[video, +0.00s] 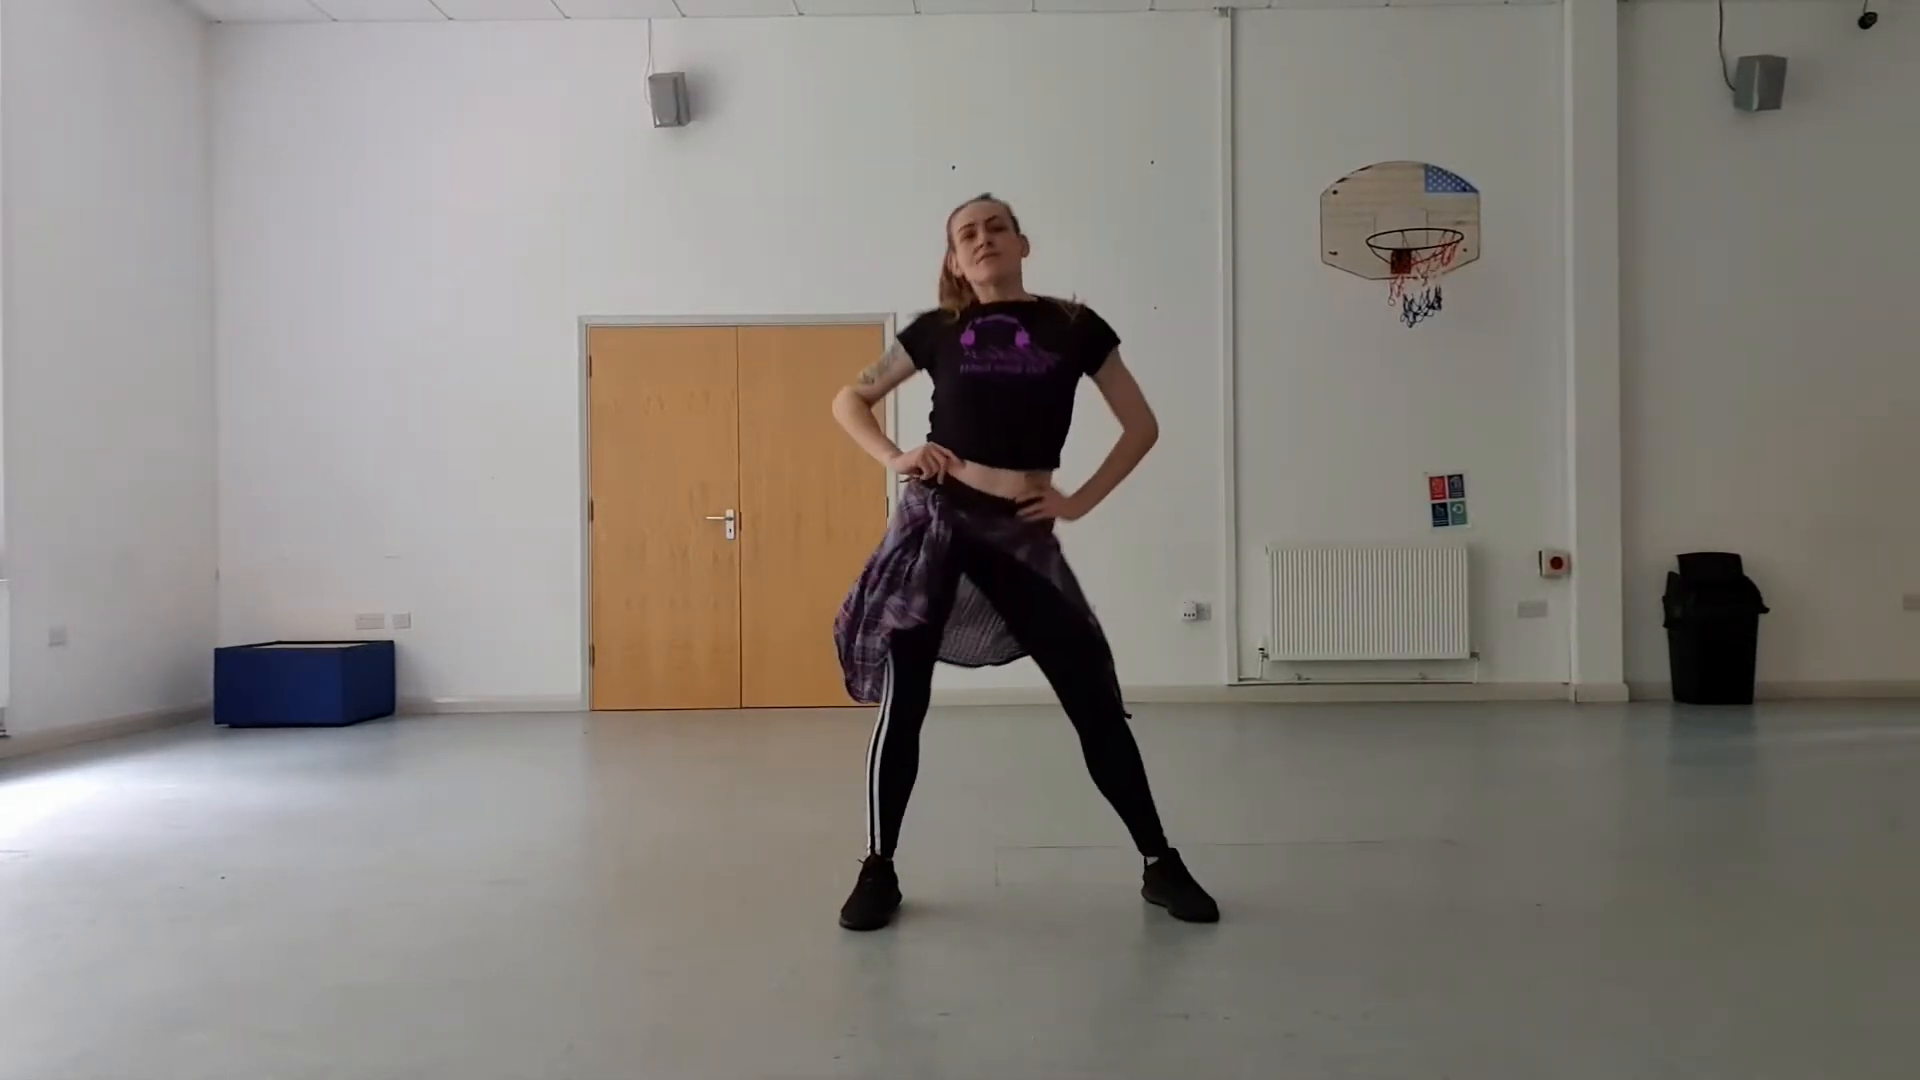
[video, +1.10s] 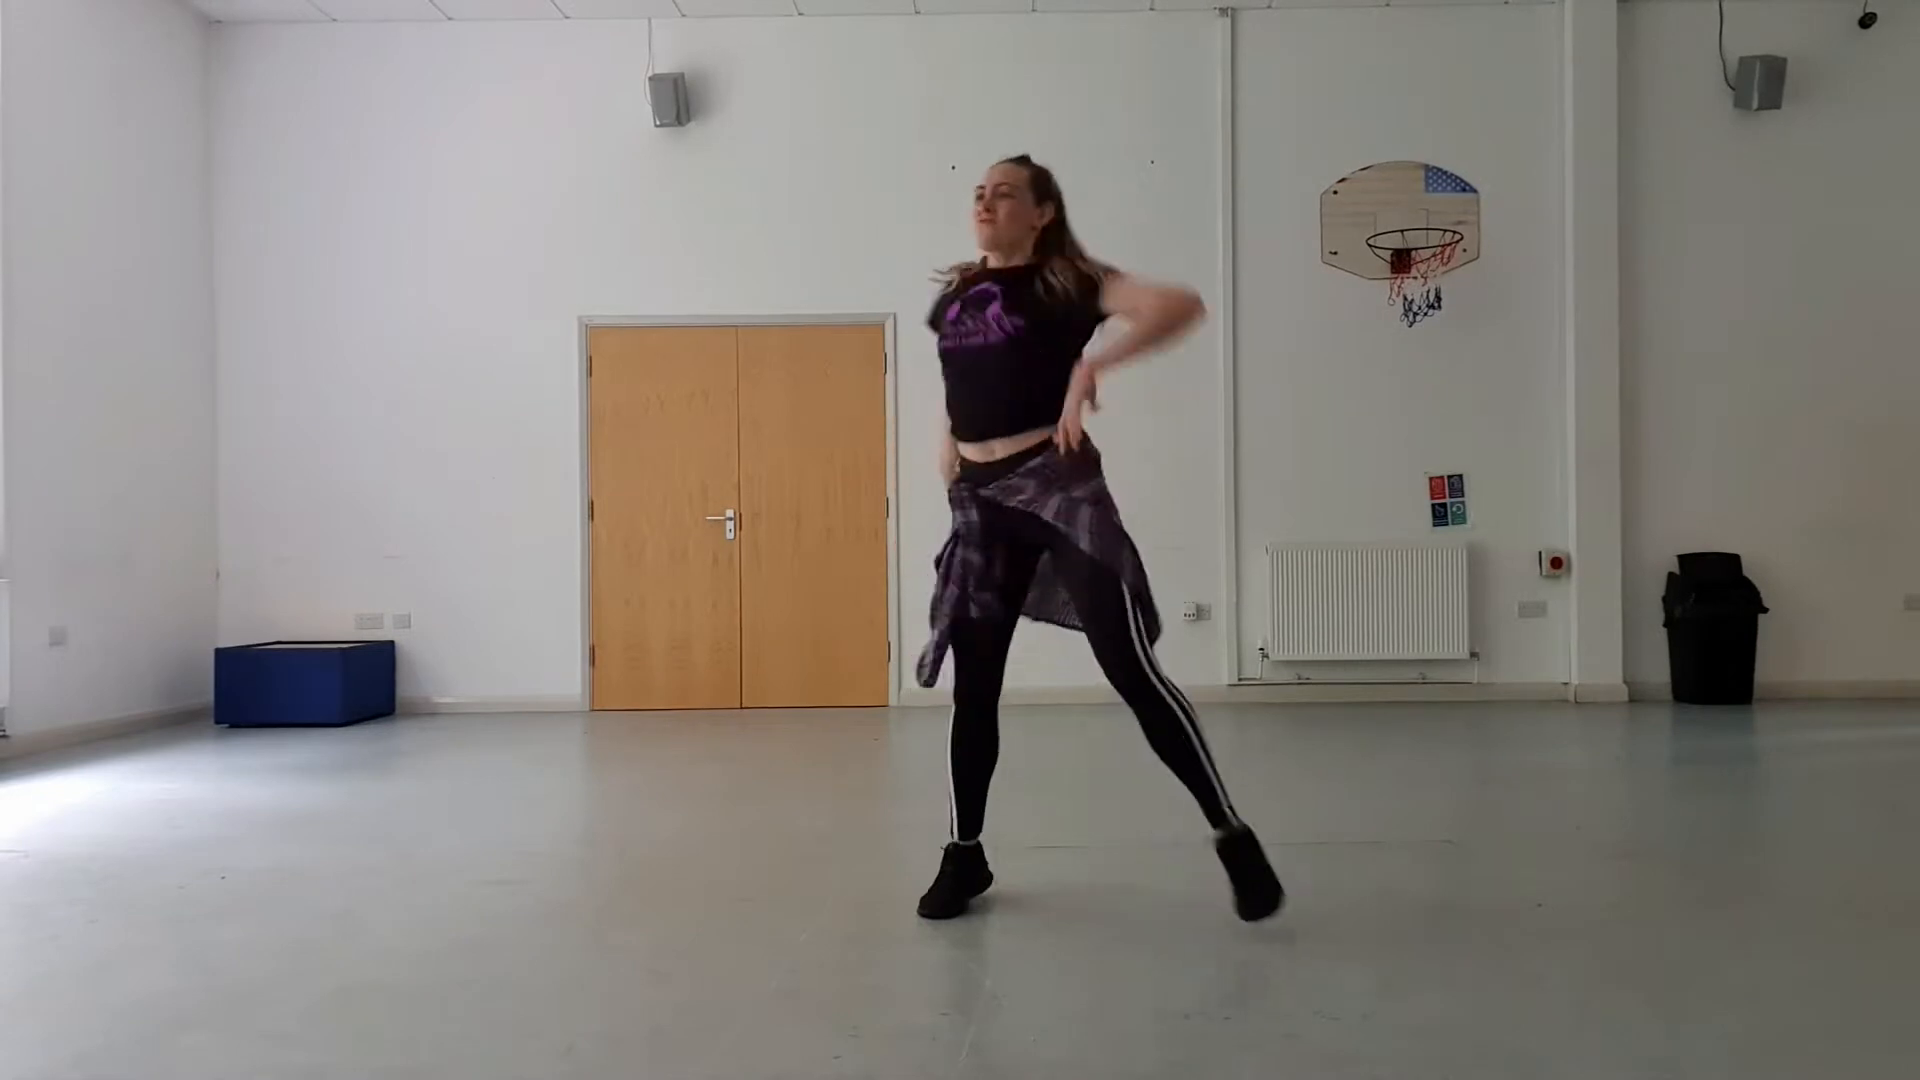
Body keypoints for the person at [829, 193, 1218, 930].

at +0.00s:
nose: (984, 238)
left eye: (996, 226)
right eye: (968, 235)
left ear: (1024, 244)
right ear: (955, 264)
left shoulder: (1074, 327)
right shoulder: (938, 333)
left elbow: (1141, 426)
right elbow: (850, 402)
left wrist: (1082, 501)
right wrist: (894, 457)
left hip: (1023, 530)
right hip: (934, 521)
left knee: (1095, 700)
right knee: (905, 697)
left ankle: (1161, 864)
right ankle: (878, 868)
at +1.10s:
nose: (984, 204)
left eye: (1003, 195)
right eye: (980, 195)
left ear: (1042, 214)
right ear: (974, 213)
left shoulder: (1066, 279)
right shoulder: (961, 294)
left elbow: (1179, 306)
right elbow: (960, 392)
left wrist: (1091, 365)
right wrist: (951, 458)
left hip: (1062, 490)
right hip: (984, 501)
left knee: (1131, 672)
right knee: (974, 685)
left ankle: (1231, 836)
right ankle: (965, 853)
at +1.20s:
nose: (1013, 219)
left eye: (1028, 207)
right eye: (1007, 208)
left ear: (1064, 217)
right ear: (1000, 219)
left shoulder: (1078, 261)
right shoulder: (1005, 295)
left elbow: (1081, 230)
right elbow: (984, 283)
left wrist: (1019, 328)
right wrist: (987, 288)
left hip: (1061, 496)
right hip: (989, 502)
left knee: (1147, 683)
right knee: (988, 691)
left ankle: (1247, 860)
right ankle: (975, 854)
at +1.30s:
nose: (1043, 241)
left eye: (1064, 231)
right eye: (1036, 230)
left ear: (1097, 242)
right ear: (1027, 237)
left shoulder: (1099, 285)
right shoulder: (1052, 307)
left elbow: (1025, 273)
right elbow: (1030, 318)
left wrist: (935, 273)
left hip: (1077, 501)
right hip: (1012, 502)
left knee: (1131, 705)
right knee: (997, 698)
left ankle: (1242, 883)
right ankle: (980, 857)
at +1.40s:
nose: (1070, 254)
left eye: (1088, 241)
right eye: (1061, 244)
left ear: (1127, 246)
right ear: (1056, 251)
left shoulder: (1130, 296)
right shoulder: (1090, 313)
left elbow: (1043, 289)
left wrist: (944, 268)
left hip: (1121, 519)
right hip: (1063, 517)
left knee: (1146, 728)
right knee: (998, 695)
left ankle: (1251, 891)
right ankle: (986, 854)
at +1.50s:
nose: (1087, 259)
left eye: (1105, 245)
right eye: (1077, 247)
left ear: (1146, 254)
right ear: (1073, 259)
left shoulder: (1155, 313)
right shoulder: (1114, 341)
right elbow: (1128, 476)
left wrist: (1030, 296)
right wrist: (1029, 530)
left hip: (1179, 532)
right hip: (1122, 533)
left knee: (1186, 734)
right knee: (986, 664)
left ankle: (1260, 893)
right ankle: (1015, 837)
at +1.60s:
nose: (1102, 263)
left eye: (1120, 250)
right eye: (1093, 250)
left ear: (1157, 263)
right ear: (1083, 265)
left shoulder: (1178, 332)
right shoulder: (1117, 344)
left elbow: (1250, 423)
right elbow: (1151, 457)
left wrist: (1154, 331)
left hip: (1216, 540)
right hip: (1152, 545)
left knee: (1204, 734)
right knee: (1016, 662)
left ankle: (1261, 896)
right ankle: (1103, 826)